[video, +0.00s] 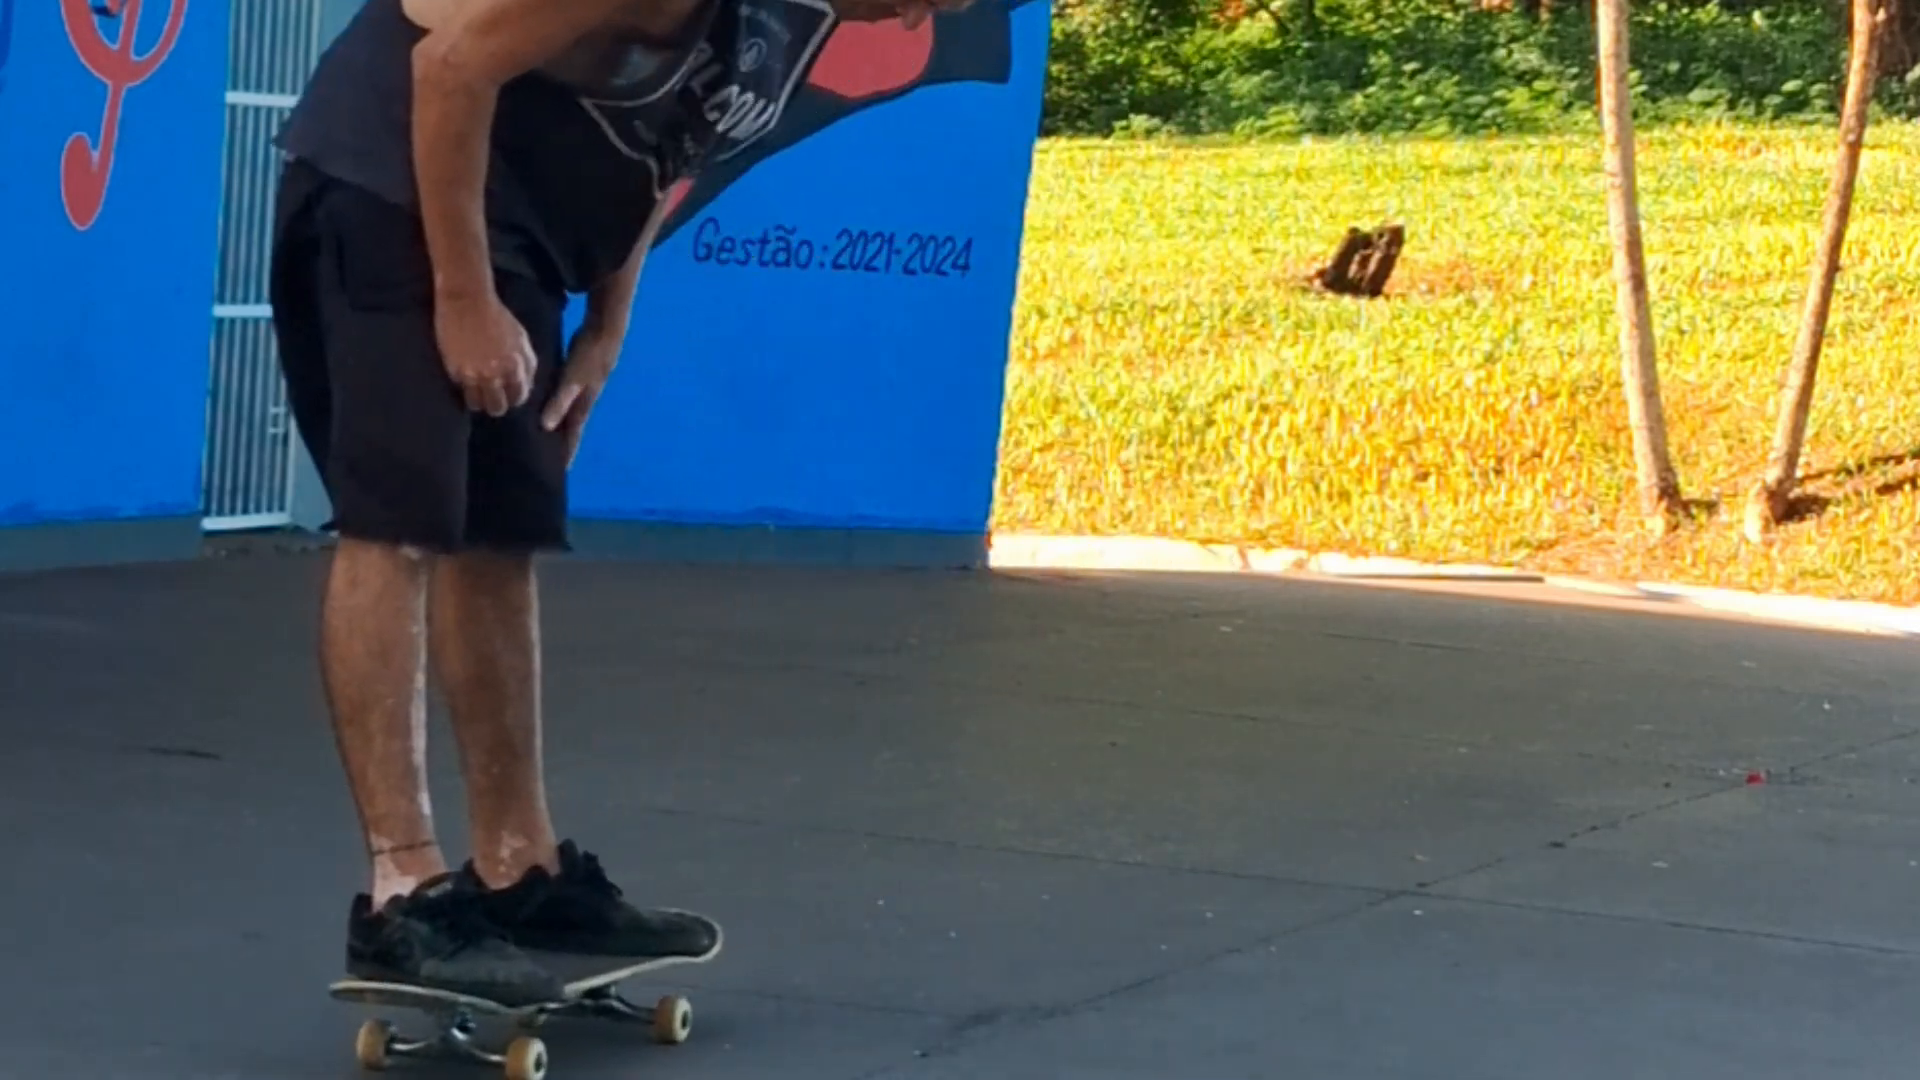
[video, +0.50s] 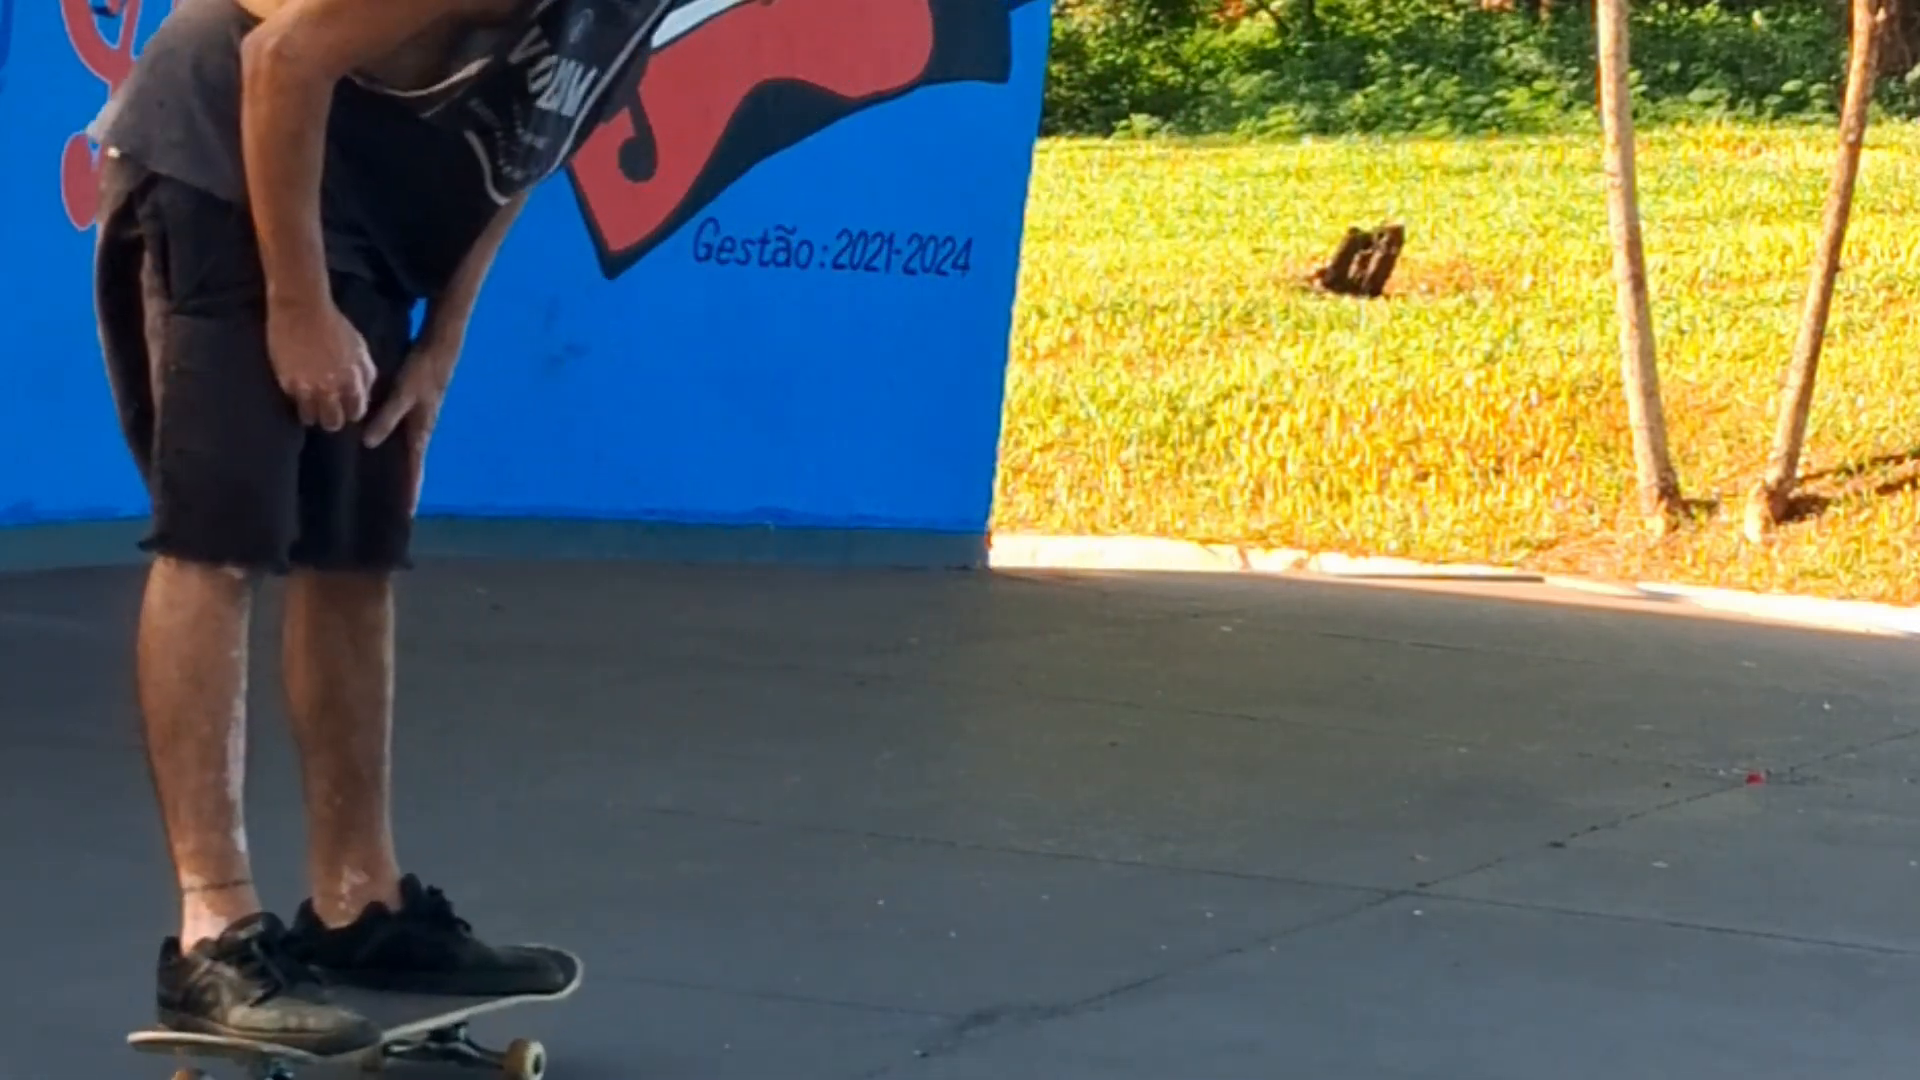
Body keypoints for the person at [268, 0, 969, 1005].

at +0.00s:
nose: (920, 14)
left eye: (934, 10)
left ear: (906, 9)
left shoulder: (794, 33)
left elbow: (658, 156)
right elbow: (451, 64)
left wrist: (604, 330)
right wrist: (464, 298)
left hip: (519, 215)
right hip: (388, 169)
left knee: (501, 524)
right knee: (393, 521)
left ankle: (519, 873)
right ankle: (403, 895)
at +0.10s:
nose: (879, 7)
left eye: (889, 5)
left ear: (853, 3)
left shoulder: (761, 19)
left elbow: (637, 168)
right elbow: (416, 63)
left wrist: (560, 340)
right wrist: (432, 297)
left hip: (489, 231)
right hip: (351, 183)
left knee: (468, 533)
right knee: (355, 528)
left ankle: (490, 878)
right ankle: (368, 901)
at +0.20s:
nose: (842, 3)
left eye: (852, 2)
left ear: (835, 6)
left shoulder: (745, 23)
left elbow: (605, 168)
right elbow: (381, 60)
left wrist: (531, 338)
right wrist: (400, 298)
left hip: (464, 227)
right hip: (323, 176)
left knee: (439, 534)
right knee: (320, 530)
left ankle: (458, 885)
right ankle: (332, 909)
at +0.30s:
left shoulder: (715, 20)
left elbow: (584, 164)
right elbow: (348, 59)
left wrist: (497, 339)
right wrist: (367, 299)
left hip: (431, 234)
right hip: (287, 176)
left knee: (406, 543)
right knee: (285, 536)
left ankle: (428, 894)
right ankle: (295, 920)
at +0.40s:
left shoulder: (676, 8)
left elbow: (550, 157)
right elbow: (316, 58)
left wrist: (463, 345)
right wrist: (334, 303)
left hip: (404, 206)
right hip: (250, 160)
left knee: (377, 538)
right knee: (249, 534)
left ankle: (395, 902)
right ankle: (257, 929)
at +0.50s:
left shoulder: (631, 21)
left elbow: (518, 154)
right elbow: (283, 55)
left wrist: (441, 334)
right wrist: (299, 303)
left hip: (386, 202)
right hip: (227, 155)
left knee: (356, 542)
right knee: (213, 540)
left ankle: (358, 908)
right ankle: (214, 941)